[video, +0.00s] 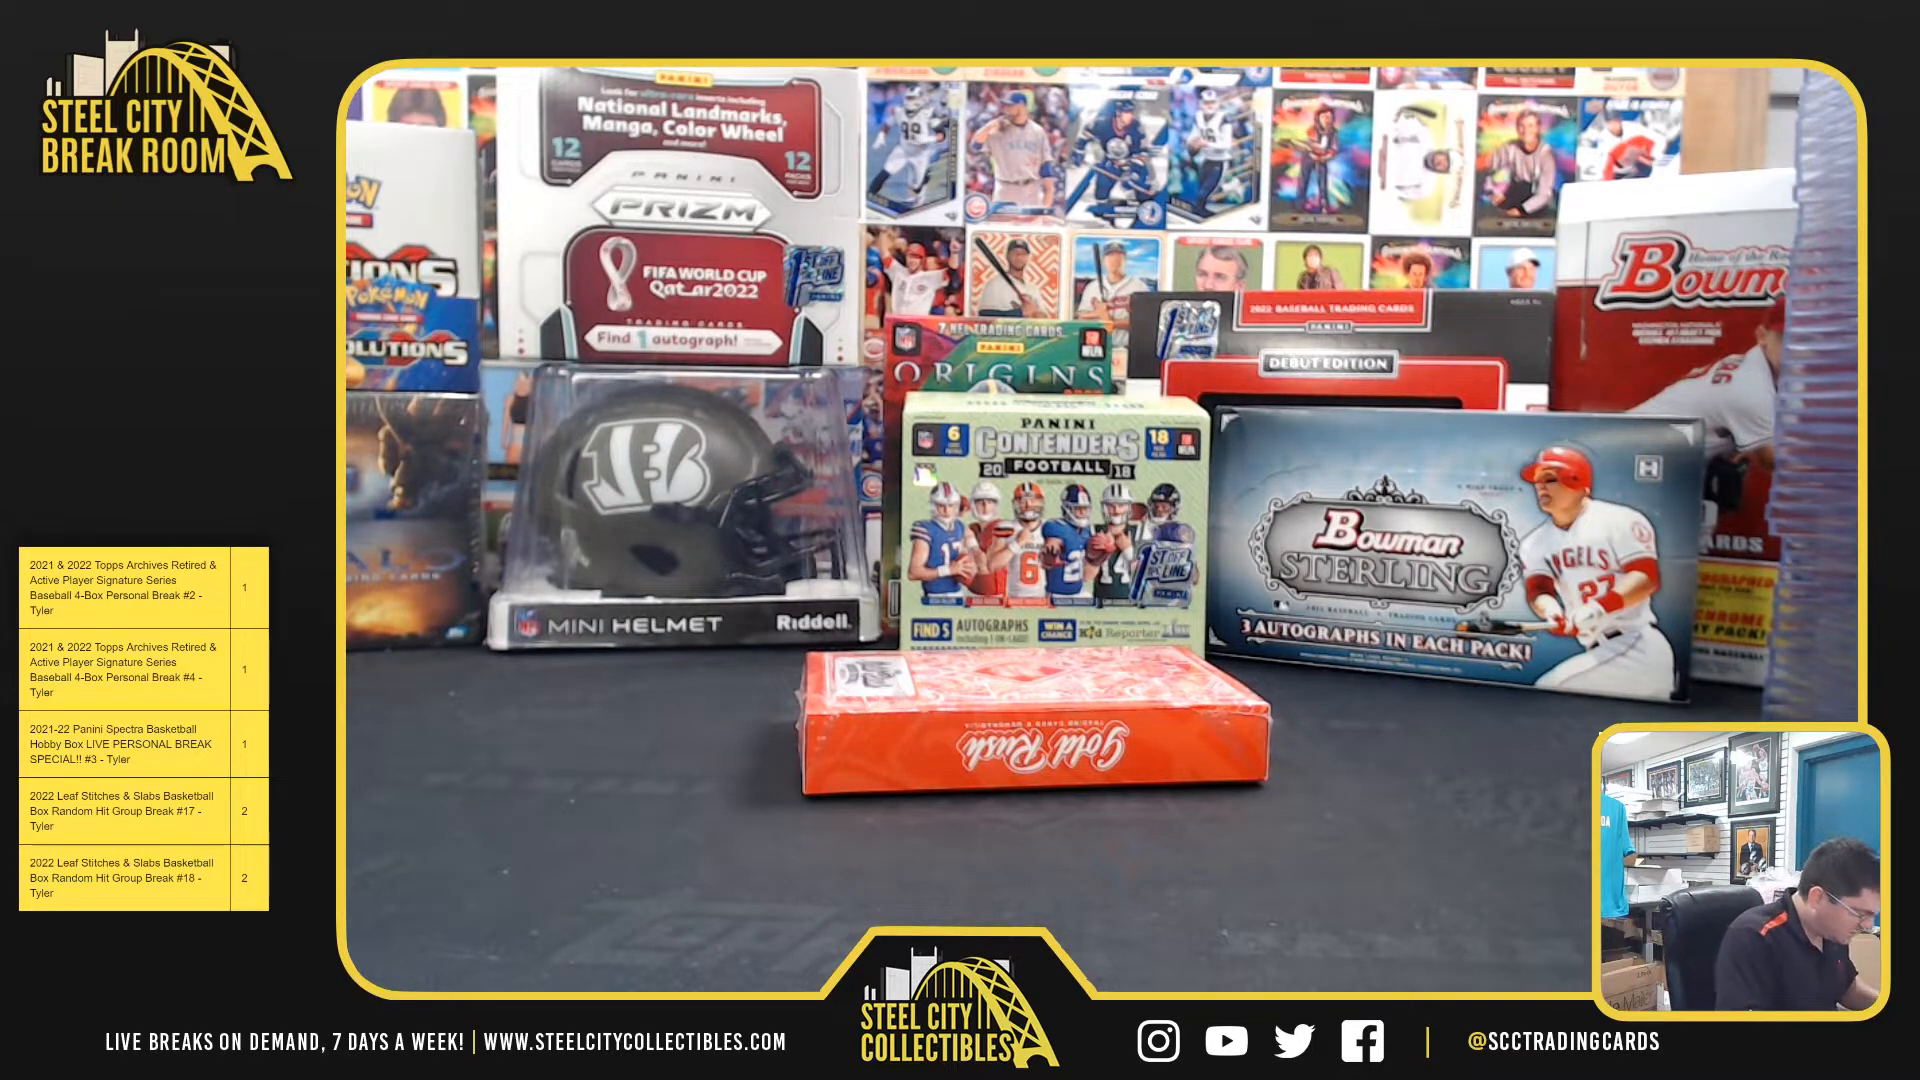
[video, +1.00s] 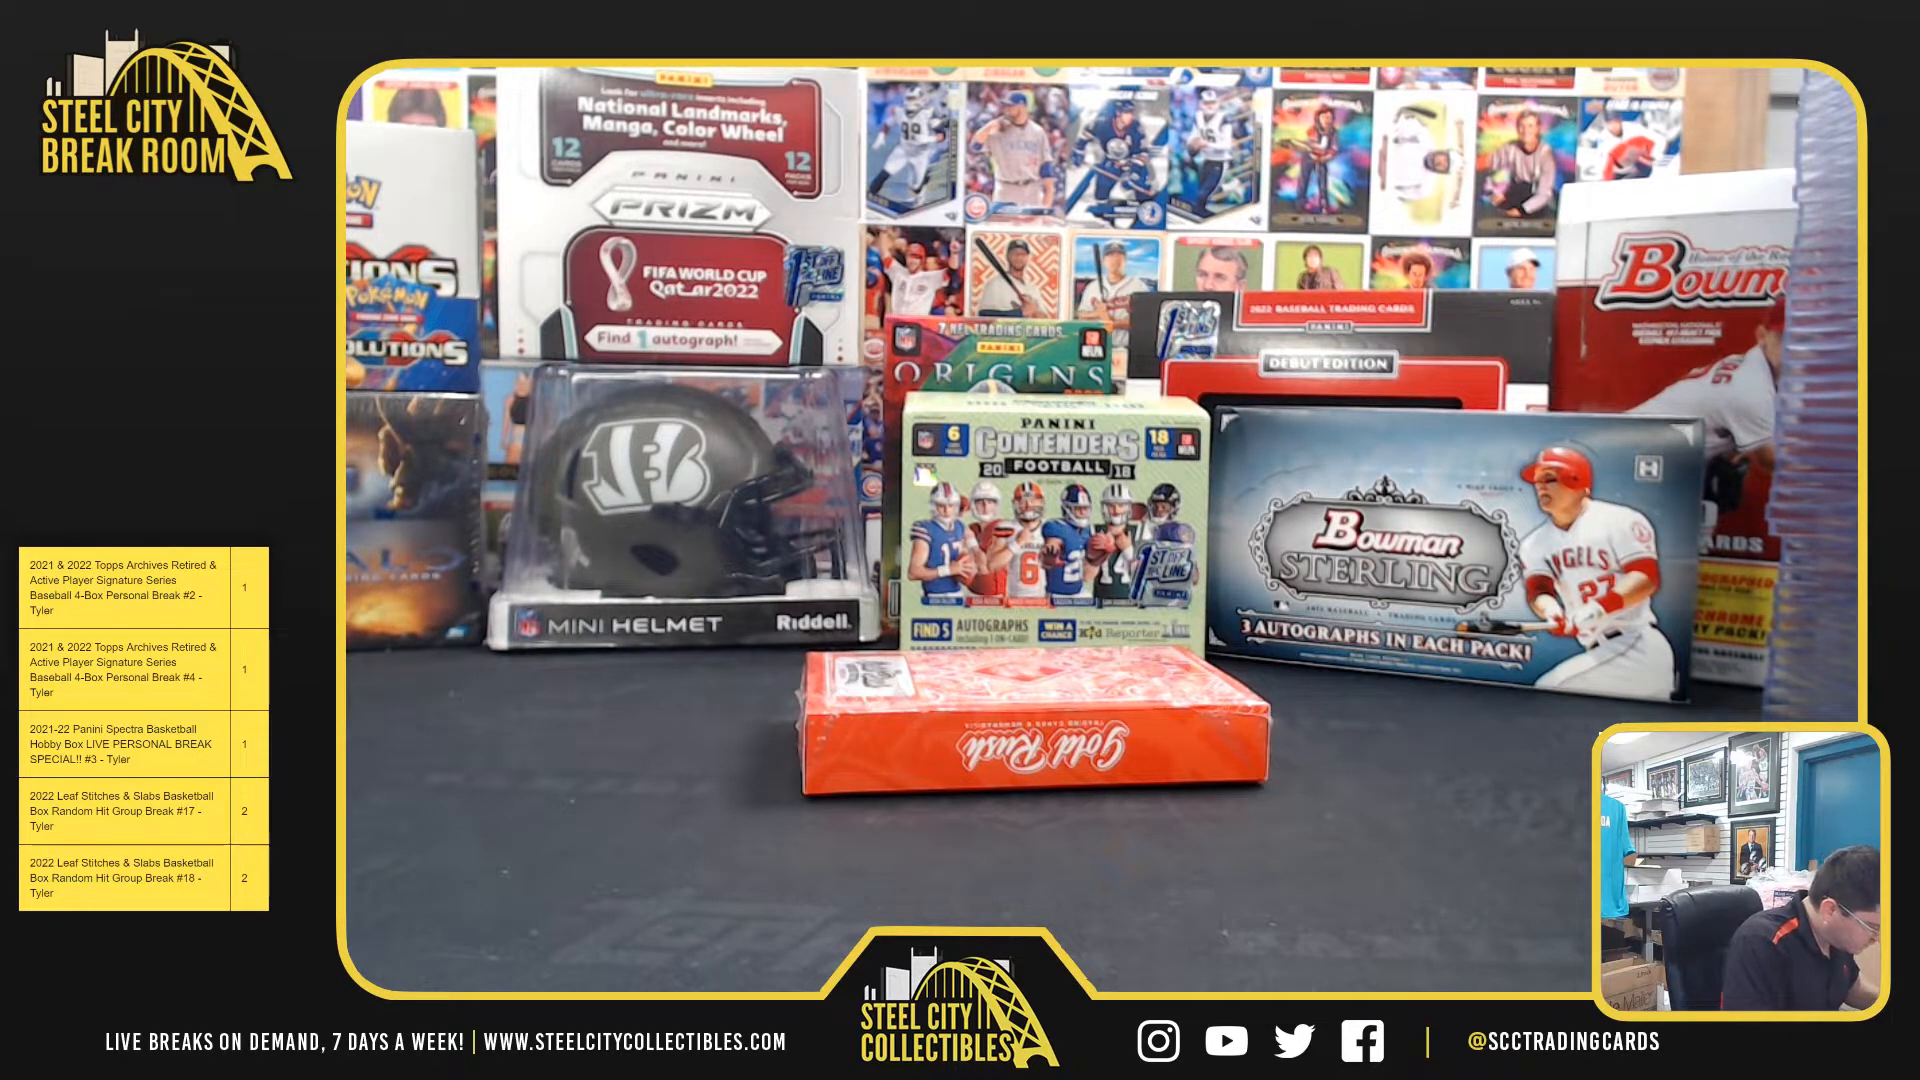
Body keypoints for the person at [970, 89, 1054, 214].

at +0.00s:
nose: (1006, 110)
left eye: (1010, 106)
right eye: (1005, 106)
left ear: (1022, 107)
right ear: (1004, 107)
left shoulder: (1038, 132)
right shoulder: (997, 129)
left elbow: (1046, 166)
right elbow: (974, 146)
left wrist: (1048, 198)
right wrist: (992, 126)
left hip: (1032, 186)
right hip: (1005, 186)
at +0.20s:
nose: (1006, 110)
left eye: (1010, 106)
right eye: (1005, 106)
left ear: (1022, 107)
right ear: (1004, 108)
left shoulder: (1038, 132)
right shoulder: (997, 129)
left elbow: (1046, 167)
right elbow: (974, 147)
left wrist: (1048, 200)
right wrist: (991, 127)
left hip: (1032, 186)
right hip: (1005, 186)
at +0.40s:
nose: (1007, 110)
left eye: (1011, 106)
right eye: (1006, 106)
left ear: (1022, 107)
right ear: (1004, 107)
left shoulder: (1037, 132)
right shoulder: (997, 129)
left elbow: (1046, 166)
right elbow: (974, 147)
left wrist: (1048, 200)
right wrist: (990, 127)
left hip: (1031, 186)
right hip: (1005, 186)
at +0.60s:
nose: (1007, 110)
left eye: (1010, 106)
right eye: (1006, 106)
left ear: (1022, 107)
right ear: (1004, 107)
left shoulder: (1038, 132)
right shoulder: (997, 129)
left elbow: (1046, 167)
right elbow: (974, 147)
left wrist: (1048, 200)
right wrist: (990, 127)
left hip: (1031, 186)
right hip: (1005, 186)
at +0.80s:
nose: (1007, 110)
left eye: (1010, 106)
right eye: (1006, 106)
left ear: (1022, 107)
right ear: (1004, 107)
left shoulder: (1038, 132)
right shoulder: (997, 129)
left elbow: (1046, 167)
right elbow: (974, 147)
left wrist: (1048, 200)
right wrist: (990, 127)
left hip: (1031, 186)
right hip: (1005, 186)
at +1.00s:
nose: (1007, 110)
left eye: (1010, 106)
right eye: (1006, 106)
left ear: (1022, 107)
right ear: (1004, 107)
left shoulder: (1038, 132)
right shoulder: (997, 129)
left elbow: (1046, 167)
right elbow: (974, 147)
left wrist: (1048, 200)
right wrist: (990, 127)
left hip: (1031, 186)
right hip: (1005, 186)